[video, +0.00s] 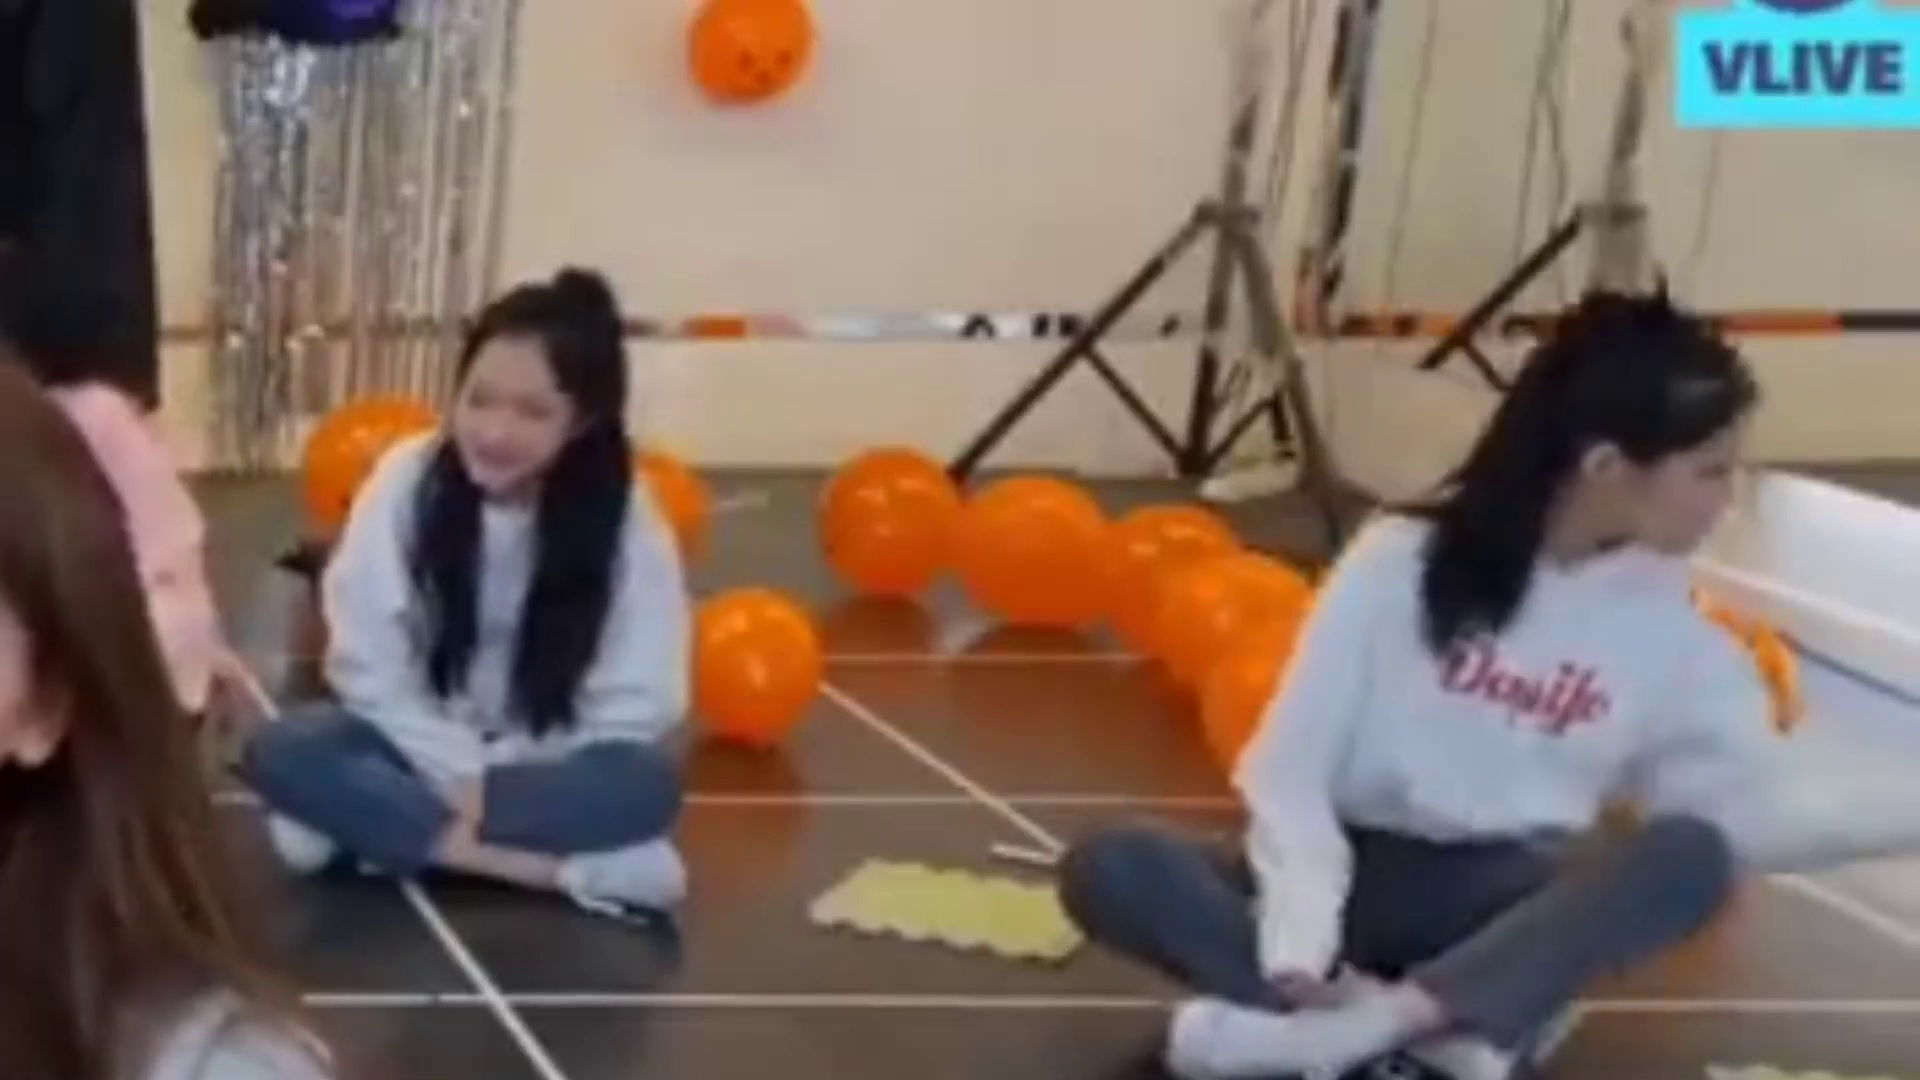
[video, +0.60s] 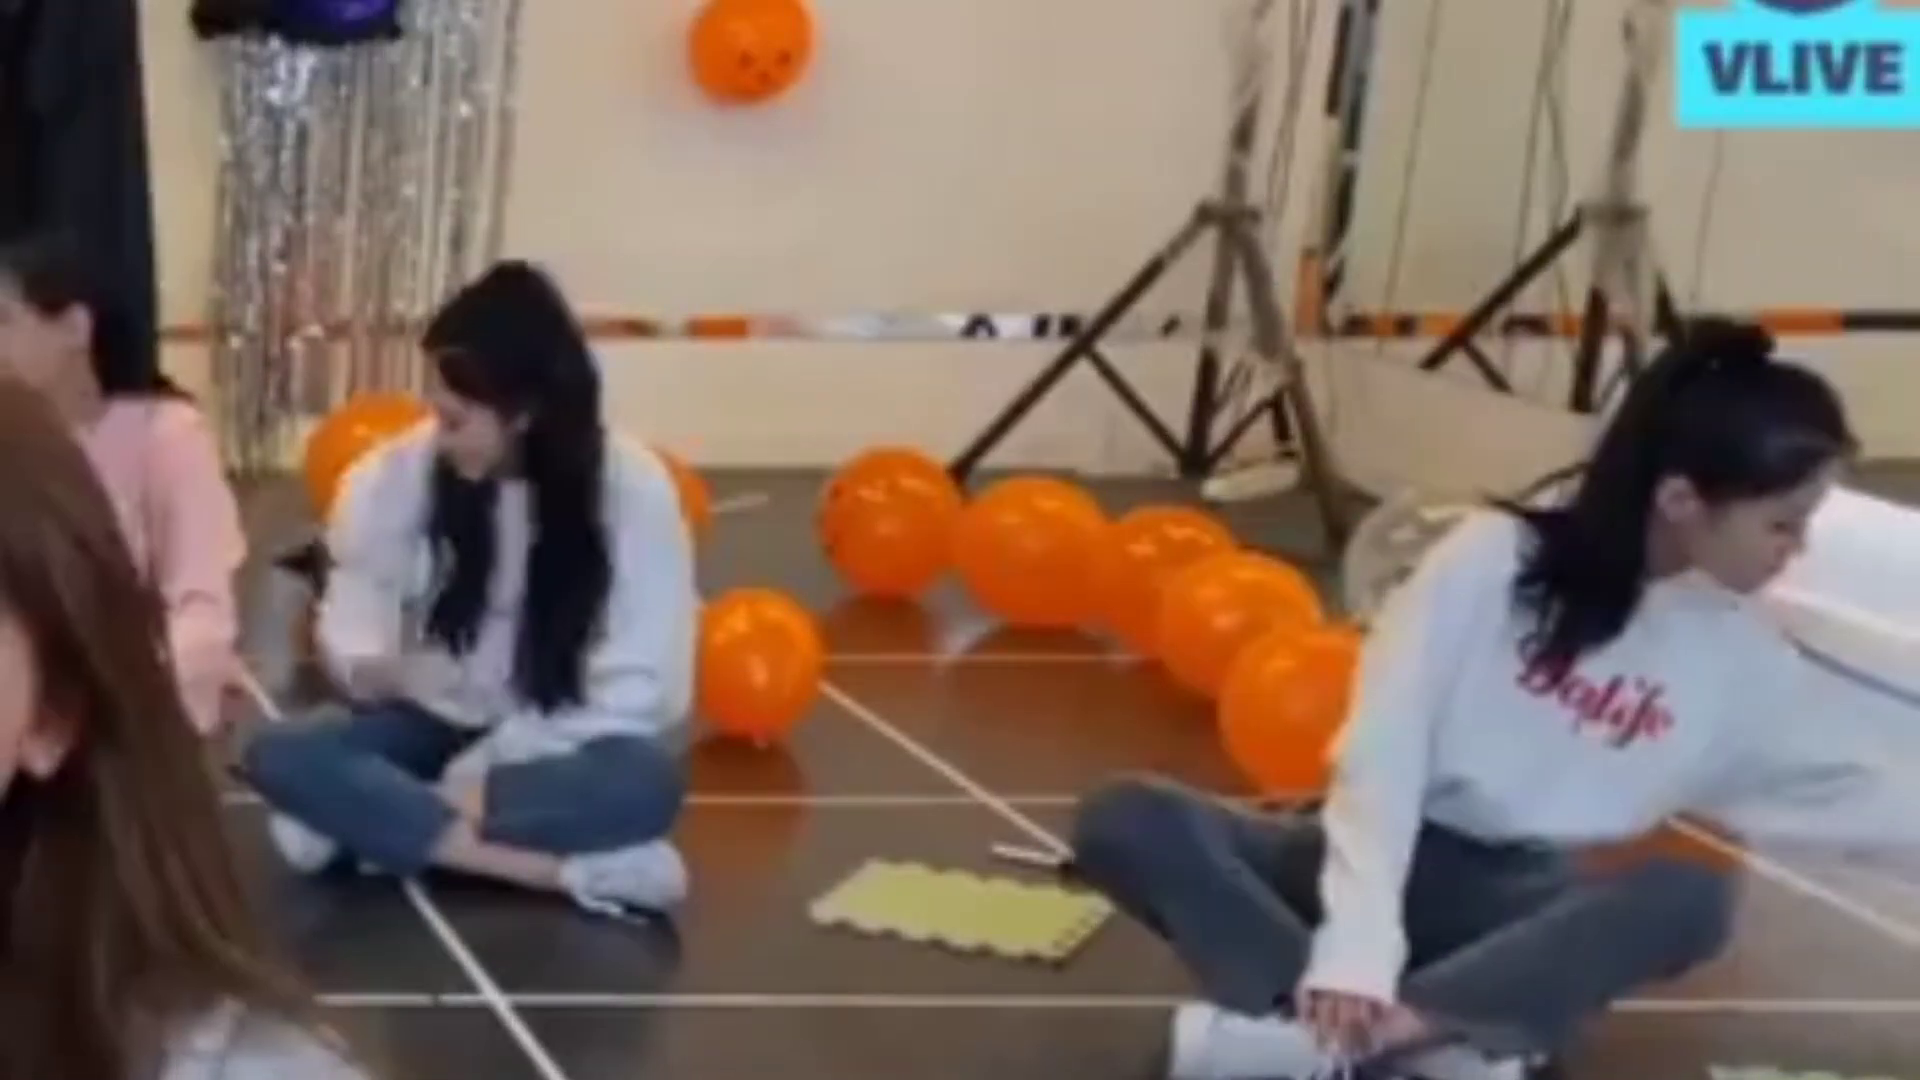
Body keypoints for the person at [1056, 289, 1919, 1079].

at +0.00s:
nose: (1729, 497)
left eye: (1733, 471)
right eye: (1709, 473)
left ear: (1615, 473)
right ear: (1605, 467)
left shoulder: (1673, 637)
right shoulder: (1399, 559)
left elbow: (1747, 810)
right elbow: (1287, 767)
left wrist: (1915, 803)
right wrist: (1303, 959)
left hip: (1499, 894)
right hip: (1339, 865)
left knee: (1693, 854)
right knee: (1105, 864)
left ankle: (1364, 1023)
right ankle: (1415, 1036)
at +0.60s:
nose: (1798, 547)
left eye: (1807, 522)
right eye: (1784, 522)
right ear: (1684, 504)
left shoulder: (1738, 669)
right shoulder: (1488, 557)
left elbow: (1886, 793)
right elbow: (1379, 758)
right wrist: (1360, 944)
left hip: (1505, 894)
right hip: (1363, 851)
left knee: (1693, 899)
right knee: (1121, 819)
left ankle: (1331, 1038)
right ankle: (1407, 1047)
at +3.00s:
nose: (1701, 629)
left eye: (1729, 601)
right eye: (1675, 589)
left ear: (1753, 596)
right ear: (1578, 554)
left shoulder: (1725, 748)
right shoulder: (1417, 666)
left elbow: (1803, 896)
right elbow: (1263, 809)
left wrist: (1831, 972)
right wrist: (1256, 981)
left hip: (1502, 948)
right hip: (1344, 894)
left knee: (1692, 947)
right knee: (1092, 857)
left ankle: (1329, 1024)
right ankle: (1406, 1041)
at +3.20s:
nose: (1702, 634)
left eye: (1734, 604)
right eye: (1675, 597)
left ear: (1767, 586)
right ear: (1592, 555)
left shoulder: (1773, 725)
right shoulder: (1448, 659)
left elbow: (1775, 935)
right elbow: (1270, 802)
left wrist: (1849, 905)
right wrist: (1287, 968)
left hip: (1530, 949)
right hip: (1367, 896)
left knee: (1659, 951)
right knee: (1099, 855)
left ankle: (1277, 1044)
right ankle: (1395, 1046)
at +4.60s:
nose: (1485, 403)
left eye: (1528, 377)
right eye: (1466, 370)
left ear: (1593, 394)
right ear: (1437, 376)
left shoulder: (1620, 559)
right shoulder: (1371, 515)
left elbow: (1609, 790)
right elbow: (1297, 741)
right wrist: (1209, 730)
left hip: (1486, 883)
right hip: (1319, 856)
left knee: (1649, 929)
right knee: (1089, 853)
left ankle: (1278, 1029)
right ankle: (1399, 1044)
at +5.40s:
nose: (1425, 412)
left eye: (1467, 386)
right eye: (1405, 378)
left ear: (1533, 399)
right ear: (1372, 385)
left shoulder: (1589, 582)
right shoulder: (1290, 555)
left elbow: (1587, 807)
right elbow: (1213, 789)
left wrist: (1495, 870)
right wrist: (1177, 792)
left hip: (1467, 892)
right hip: (1293, 871)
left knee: (1644, 935)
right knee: (1079, 864)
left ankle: (1280, 1032)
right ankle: (1402, 1047)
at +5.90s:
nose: (1386, 409)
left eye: (1425, 382)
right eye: (1364, 378)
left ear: (1490, 389)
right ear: (1334, 383)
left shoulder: (1557, 562)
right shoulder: (1277, 532)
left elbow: (1579, 795)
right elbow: (1188, 801)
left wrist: (1469, 864)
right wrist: (1167, 746)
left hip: (1457, 883)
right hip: (1291, 875)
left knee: (1642, 931)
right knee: (1078, 865)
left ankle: (1280, 1032)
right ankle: (1400, 1044)